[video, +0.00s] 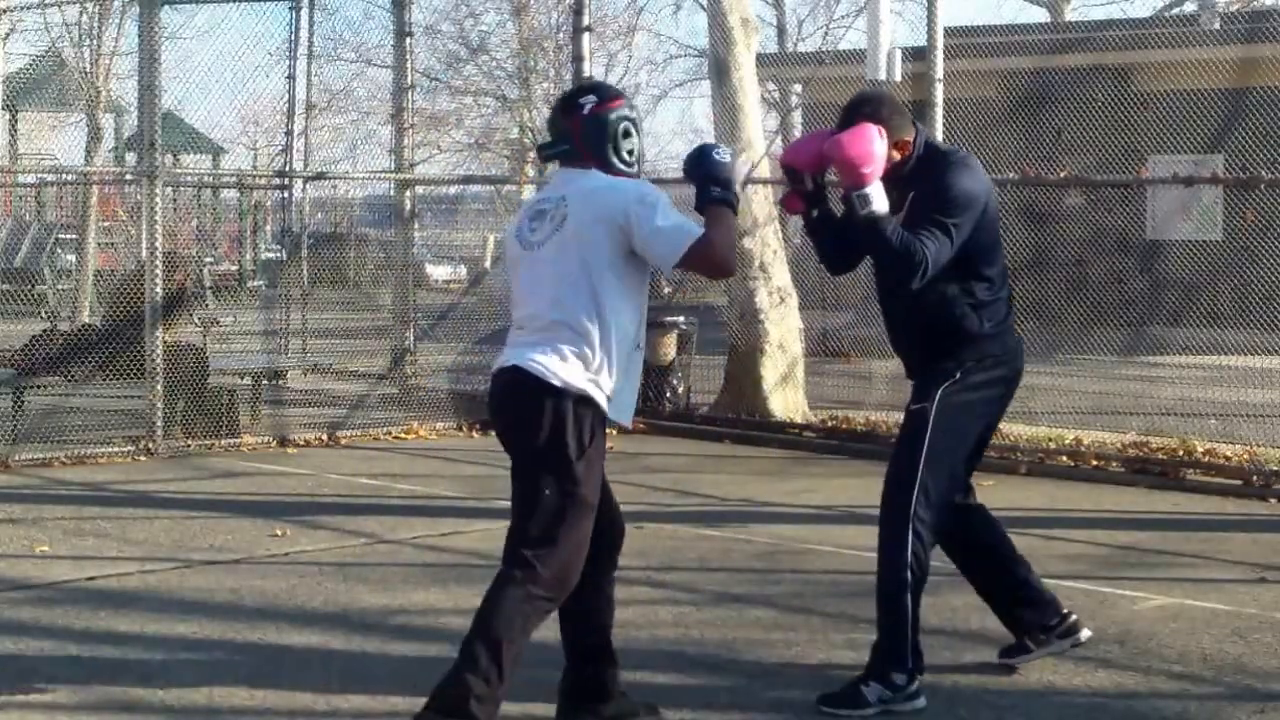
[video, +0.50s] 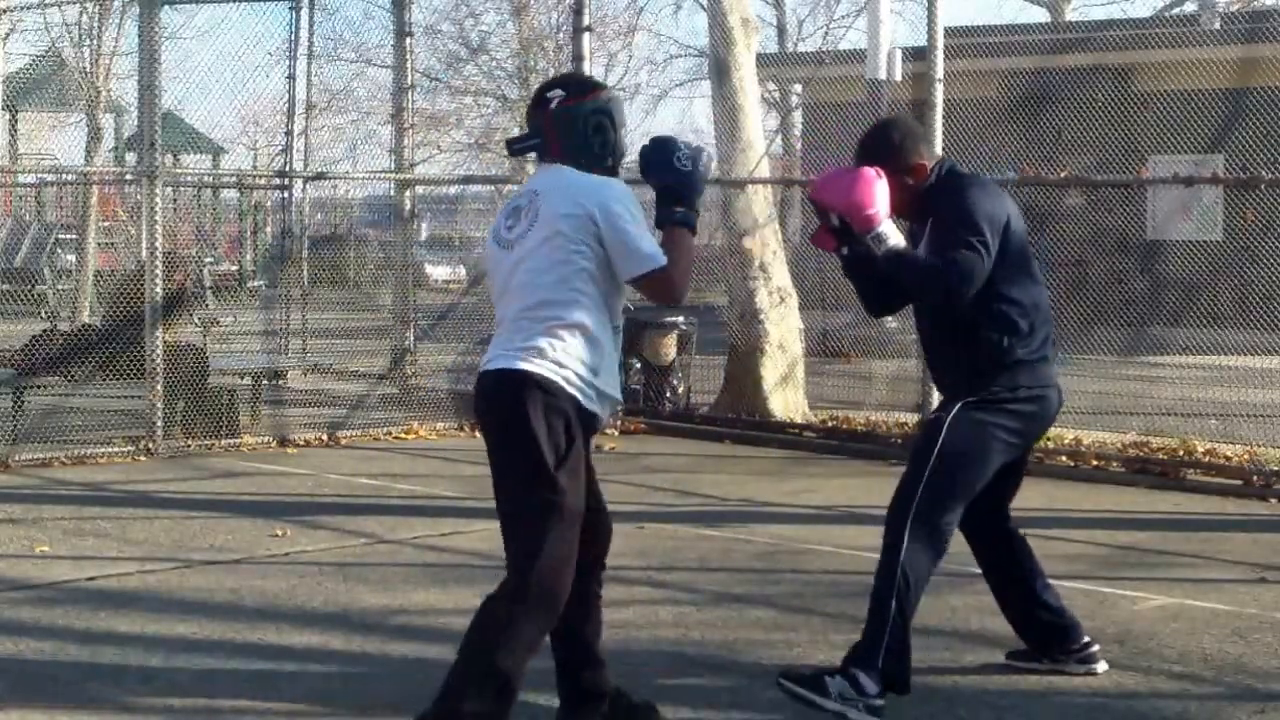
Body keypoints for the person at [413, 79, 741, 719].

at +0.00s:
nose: (635, 145)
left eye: (632, 134)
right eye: (630, 134)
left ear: (561, 142)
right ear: (617, 138)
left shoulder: (532, 211)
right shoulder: (624, 195)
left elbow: (534, 306)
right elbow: (718, 258)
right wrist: (718, 193)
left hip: (514, 386)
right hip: (567, 394)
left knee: (599, 533)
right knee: (546, 559)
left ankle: (591, 695)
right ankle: (459, 705)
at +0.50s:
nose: (613, 136)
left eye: (610, 123)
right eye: (604, 125)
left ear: (543, 138)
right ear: (593, 133)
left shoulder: (513, 212)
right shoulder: (599, 192)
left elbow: (533, 301)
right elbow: (669, 287)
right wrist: (682, 207)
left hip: (510, 385)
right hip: (545, 389)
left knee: (589, 536)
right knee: (544, 572)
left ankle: (586, 696)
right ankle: (461, 710)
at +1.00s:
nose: (538, 180)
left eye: (538, 167)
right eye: (528, 167)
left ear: (495, 164)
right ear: (489, 164)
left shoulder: (498, 227)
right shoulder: (423, 226)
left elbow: (483, 345)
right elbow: (427, 343)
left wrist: (550, 373)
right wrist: (517, 301)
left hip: (480, 422)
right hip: (410, 430)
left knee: (556, 548)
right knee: (419, 587)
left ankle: (567, 696)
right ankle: (368, 712)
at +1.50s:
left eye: (582, 106)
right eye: (574, 107)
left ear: (513, 112)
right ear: (558, 117)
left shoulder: (550, 194)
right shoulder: (485, 187)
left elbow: (568, 302)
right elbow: (500, 299)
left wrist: (622, 259)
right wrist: (576, 245)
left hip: (540, 407)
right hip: (483, 405)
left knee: (546, 555)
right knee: (491, 564)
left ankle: (519, 701)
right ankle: (448, 708)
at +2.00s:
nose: (685, 176)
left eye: (689, 163)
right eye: (673, 159)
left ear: (656, 151)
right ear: (649, 154)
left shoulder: (685, 208)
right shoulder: (605, 221)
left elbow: (676, 305)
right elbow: (633, 333)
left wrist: (735, 297)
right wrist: (695, 259)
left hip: (693, 435)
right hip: (621, 445)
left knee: (746, 585)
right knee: (574, 604)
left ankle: (789, 711)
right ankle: (495, 714)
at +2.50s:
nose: (852, 177)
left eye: (852, 163)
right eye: (837, 165)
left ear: (848, 165)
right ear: (795, 169)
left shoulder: (876, 226)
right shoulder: (740, 243)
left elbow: (952, 256)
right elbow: (722, 354)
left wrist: (1017, 226)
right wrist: (795, 302)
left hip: (838, 454)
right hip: (740, 456)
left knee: (891, 595)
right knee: (688, 588)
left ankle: (930, 706)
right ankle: (624, 704)